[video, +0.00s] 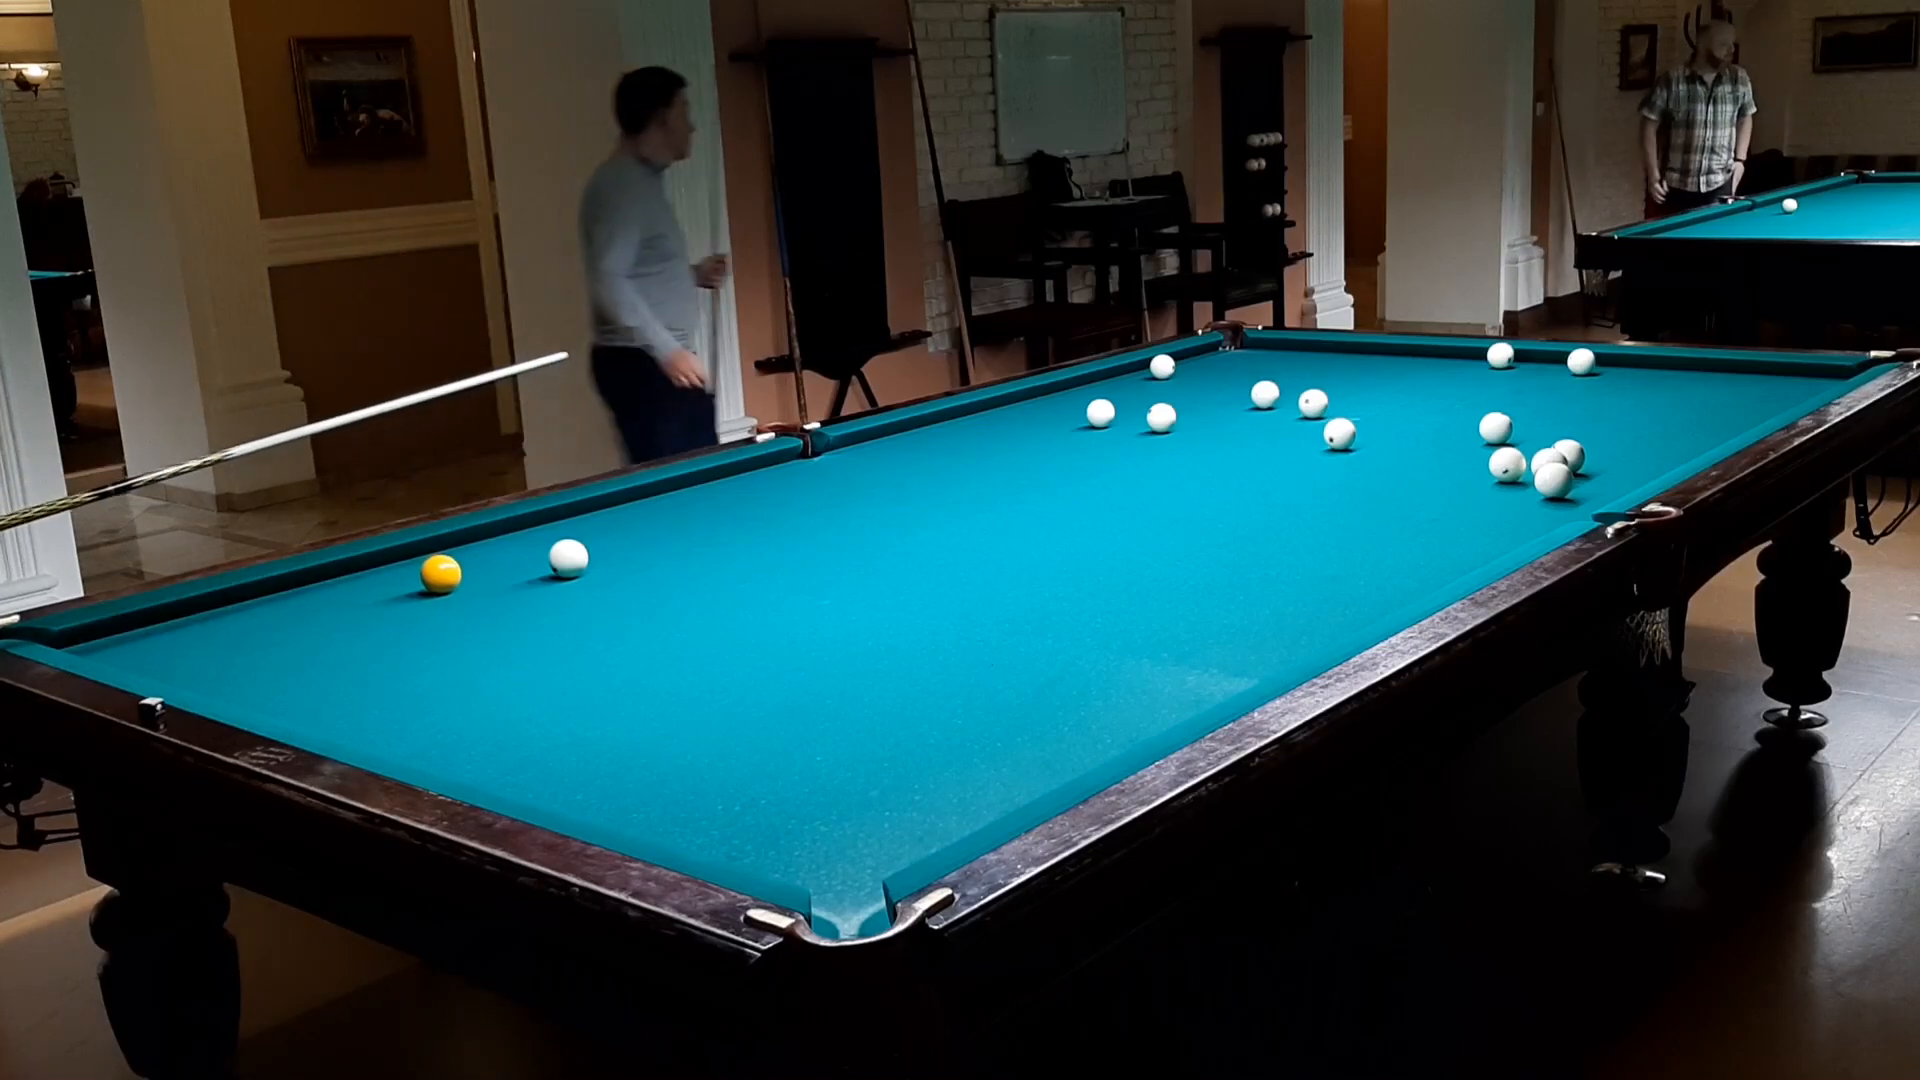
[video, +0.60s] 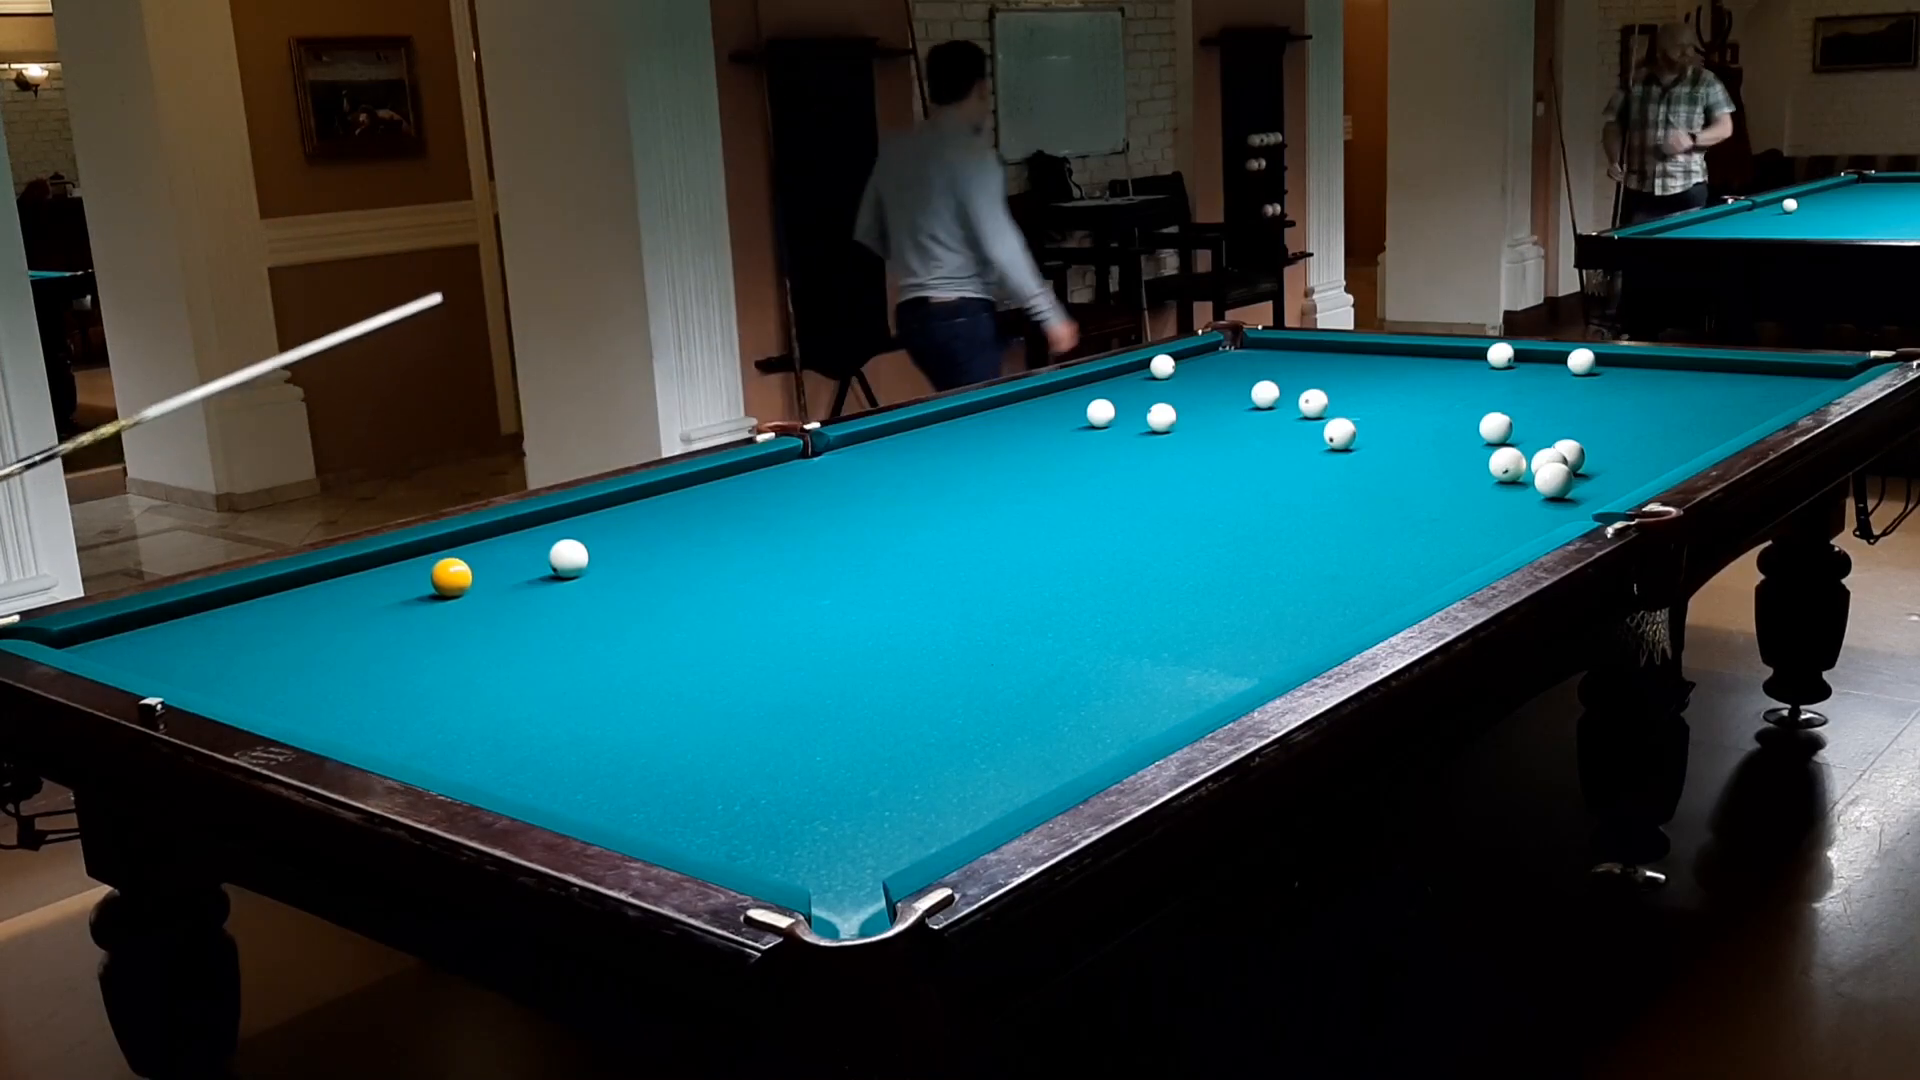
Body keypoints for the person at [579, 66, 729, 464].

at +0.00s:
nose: (692, 127)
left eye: (688, 113)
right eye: (684, 113)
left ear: (655, 121)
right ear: (659, 119)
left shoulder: (643, 180)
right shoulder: (622, 184)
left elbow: (639, 273)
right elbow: (610, 284)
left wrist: (692, 275)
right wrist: (668, 351)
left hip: (661, 359)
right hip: (637, 361)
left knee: (695, 486)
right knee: (675, 490)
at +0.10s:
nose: (729, 119)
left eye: (727, 106)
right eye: (725, 106)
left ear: (687, 106)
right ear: (709, 107)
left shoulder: (692, 162)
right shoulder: (679, 168)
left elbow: (686, 259)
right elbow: (670, 272)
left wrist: (737, 270)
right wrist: (703, 360)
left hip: (708, 336)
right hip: (696, 341)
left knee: (727, 474)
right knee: (734, 473)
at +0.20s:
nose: (793, 115)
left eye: (791, 102)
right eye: (789, 101)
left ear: (734, 102)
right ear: (770, 104)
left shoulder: (713, 160)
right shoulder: (746, 168)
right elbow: (726, 268)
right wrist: (743, 361)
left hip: (724, 333)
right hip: (760, 337)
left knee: (729, 465)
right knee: (818, 446)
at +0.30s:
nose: (846, 118)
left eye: (844, 106)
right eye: (842, 106)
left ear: (791, 110)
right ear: (827, 111)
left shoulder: (764, 167)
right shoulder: (805, 174)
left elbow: (740, 254)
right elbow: (789, 277)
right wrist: (798, 369)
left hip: (773, 343)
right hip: (817, 345)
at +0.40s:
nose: (894, 119)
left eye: (892, 107)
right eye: (891, 107)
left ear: (845, 109)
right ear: (879, 110)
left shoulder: (812, 168)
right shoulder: (864, 174)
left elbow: (785, 250)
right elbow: (857, 278)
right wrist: (875, 369)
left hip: (826, 338)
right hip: (873, 339)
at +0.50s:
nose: (947, 107)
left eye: (944, 96)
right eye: (945, 96)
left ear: (891, 97)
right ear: (935, 99)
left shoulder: (857, 160)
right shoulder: (922, 169)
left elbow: (830, 241)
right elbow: (934, 272)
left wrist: (880, 261)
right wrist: (967, 352)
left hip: (870, 326)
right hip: (915, 325)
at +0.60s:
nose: (989, 98)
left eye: (987, 88)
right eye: (987, 87)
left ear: (933, 89)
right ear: (980, 88)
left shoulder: (895, 151)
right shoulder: (969, 153)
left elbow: (867, 232)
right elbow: (1000, 244)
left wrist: (917, 258)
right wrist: (1050, 314)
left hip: (911, 315)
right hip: (962, 313)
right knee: (985, 429)